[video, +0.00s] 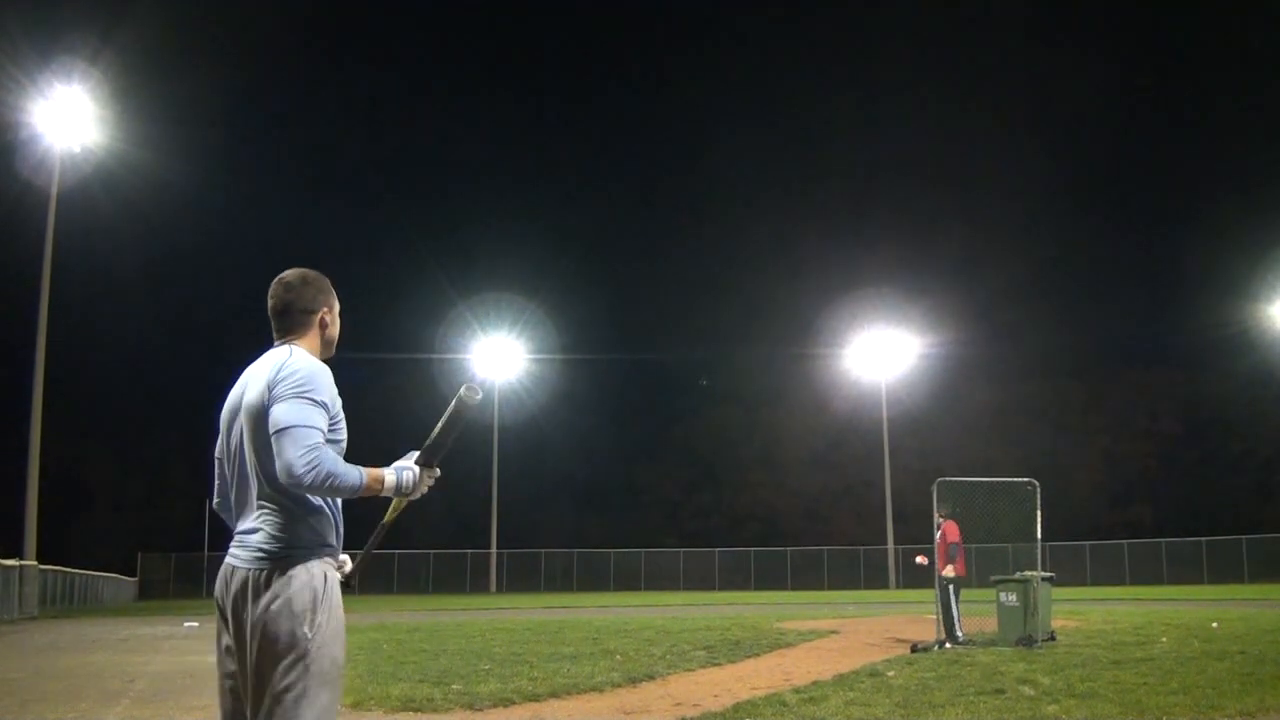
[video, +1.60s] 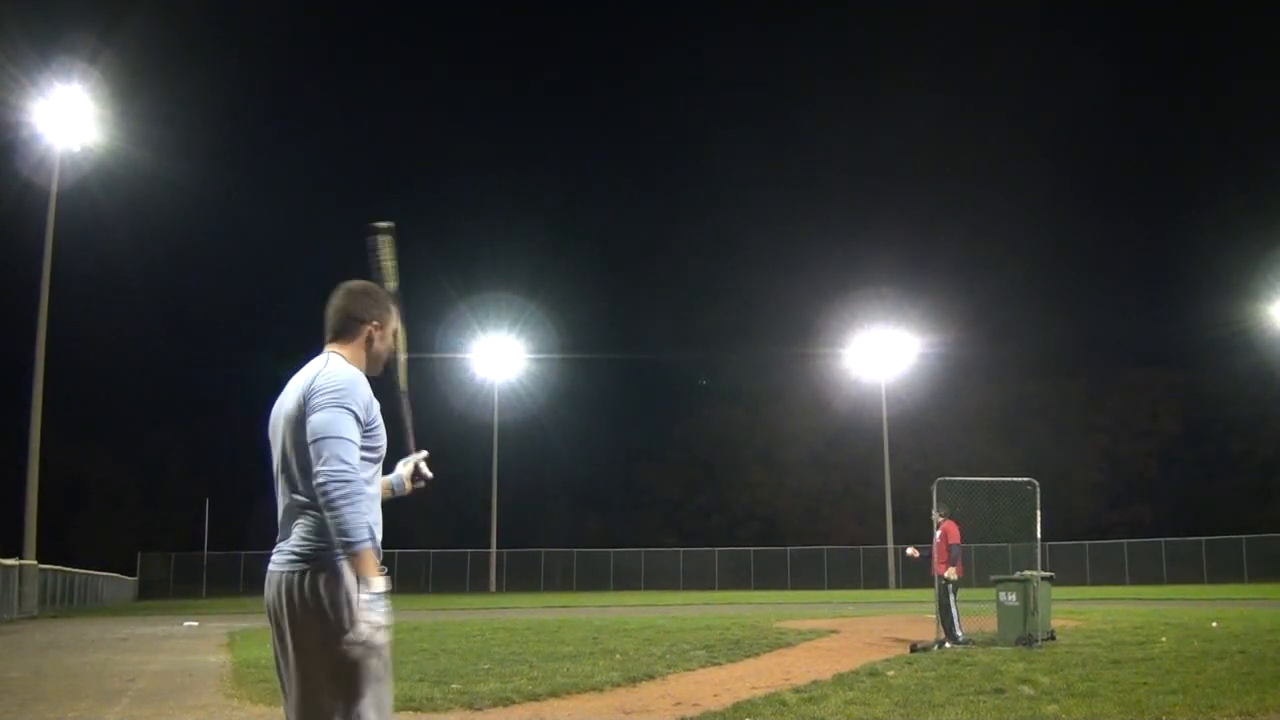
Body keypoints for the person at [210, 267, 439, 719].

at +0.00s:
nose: (338, 323)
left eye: (337, 313)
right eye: (337, 312)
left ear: (276, 319)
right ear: (325, 316)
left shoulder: (246, 382)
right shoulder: (304, 371)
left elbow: (227, 499)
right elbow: (303, 466)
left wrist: (316, 550)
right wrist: (389, 478)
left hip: (239, 578)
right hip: (295, 583)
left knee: (241, 712)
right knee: (301, 710)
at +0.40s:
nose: (349, 311)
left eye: (348, 300)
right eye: (347, 301)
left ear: (284, 307)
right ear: (335, 307)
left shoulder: (256, 375)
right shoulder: (310, 367)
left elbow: (245, 490)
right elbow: (310, 469)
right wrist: (398, 478)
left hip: (253, 575)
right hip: (307, 578)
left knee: (253, 711)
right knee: (302, 710)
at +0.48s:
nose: (350, 314)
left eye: (350, 302)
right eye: (349, 302)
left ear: (287, 307)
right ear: (335, 308)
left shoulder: (257, 374)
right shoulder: (313, 368)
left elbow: (245, 491)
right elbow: (315, 471)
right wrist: (405, 472)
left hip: (256, 577)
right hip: (311, 581)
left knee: (255, 710)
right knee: (304, 710)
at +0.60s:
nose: (352, 312)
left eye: (351, 301)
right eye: (351, 301)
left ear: (288, 306)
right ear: (336, 307)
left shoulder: (257, 374)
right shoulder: (315, 367)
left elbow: (244, 488)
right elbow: (316, 471)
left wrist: (283, 541)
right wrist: (407, 477)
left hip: (256, 576)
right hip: (313, 580)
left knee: (256, 710)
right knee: (304, 710)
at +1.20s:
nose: (367, 321)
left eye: (367, 310)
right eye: (367, 309)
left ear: (306, 311)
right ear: (353, 313)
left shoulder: (273, 380)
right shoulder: (325, 374)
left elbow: (278, 501)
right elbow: (365, 473)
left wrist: (355, 533)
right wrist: (419, 449)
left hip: (276, 583)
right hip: (317, 590)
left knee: (282, 710)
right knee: (313, 711)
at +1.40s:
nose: (372, 333)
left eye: (372, 322)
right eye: (372, 322)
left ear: (310, 321)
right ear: (358, 325)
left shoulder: (284, 387)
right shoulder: (328, 380)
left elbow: (322, 493)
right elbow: (350, 478)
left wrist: (395, 496)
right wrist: (426, 523)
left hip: (293, 588)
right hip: (328, 592)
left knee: (301, 710)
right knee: (330, 711)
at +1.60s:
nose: (392, 347)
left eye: (393, 335)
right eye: (392, 334)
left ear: (338, 327)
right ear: (373, 332)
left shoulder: (304, 384)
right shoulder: (339, 381)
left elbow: (323, 498)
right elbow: (337, 483)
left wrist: (395, 483)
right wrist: (374, 582)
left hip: (293, 575)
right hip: (330, 576)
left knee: (311, 709)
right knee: (356, 709)